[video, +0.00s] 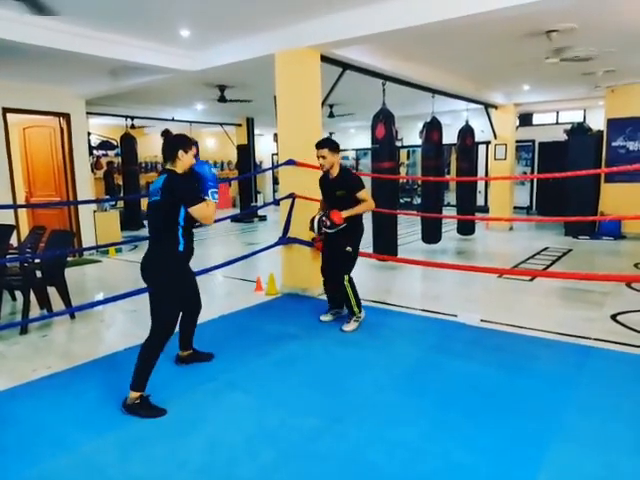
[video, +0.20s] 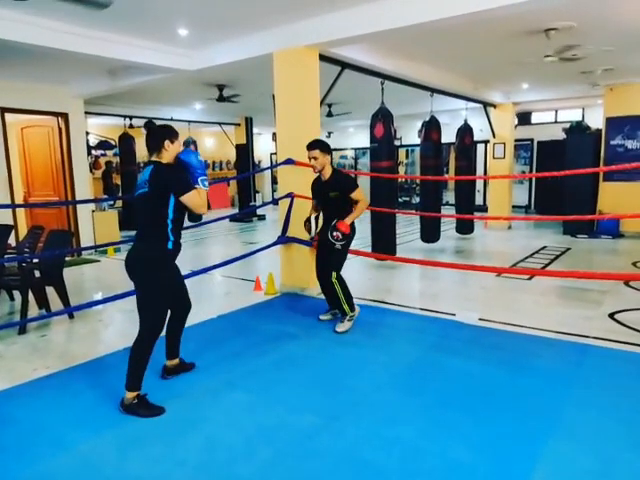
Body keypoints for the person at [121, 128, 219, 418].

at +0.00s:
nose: (194, 161)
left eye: (194, 156)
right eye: (192, 155)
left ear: (172, 155)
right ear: (181, 155)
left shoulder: (161, 181)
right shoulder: (180, 182)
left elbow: (195, 215)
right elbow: (207, 216)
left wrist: (202, 204)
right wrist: (207, 191)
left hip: (169, 261)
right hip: (166, 265)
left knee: (192, 306)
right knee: (163, 328)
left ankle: (185, 351)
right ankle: (135, 396)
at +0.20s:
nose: (181, 148)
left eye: (180, 144)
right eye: (178, 144)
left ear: (157, 146)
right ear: (167, 145)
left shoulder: (149, 172)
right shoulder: (171, 172)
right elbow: (200, 206)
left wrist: (193, 184)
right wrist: (200, 180)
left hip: (146, 256)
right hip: (153, 260)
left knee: (181, 305)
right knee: (152, 327)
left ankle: (172, 362)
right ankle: (131, 396)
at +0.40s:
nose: (178, 149)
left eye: (177, 144)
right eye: (175, 144)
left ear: (154, 147)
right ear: (164, 147)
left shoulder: (144, 174)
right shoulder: (164, 177)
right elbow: (190, 214)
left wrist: (188, 204)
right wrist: (193, 193)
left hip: (153, 257)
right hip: (153, 261)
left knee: (183, 307)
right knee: (163, 327)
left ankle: (167, 365)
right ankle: (132, 393)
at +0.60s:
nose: (179, 148)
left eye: (178, 143)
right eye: (177, 143)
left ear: (154, 145)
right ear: (165, 144)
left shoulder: (143, 171)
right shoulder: (163, 175)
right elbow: (194, 210)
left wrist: (186, 195)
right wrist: (193, 183)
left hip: (149, 256)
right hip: (153, 261)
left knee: (183, 307)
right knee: (173, 324)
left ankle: (169, 364)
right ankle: (145, 397)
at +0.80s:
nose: (181, 148)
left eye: (180, 143)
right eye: (178, 144)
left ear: (159, 148)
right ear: (164, 147)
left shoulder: (154, 175)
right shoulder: (154, 180)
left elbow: (185, 213)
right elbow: (189, 219)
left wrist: (190, 186)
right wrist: (195, 186)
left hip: (159, 262)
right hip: (148, 267)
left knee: (194, 302)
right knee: (172, 334)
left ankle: (180, 356)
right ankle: (143, 403)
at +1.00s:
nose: (183, 148)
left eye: (182, 142)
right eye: (180, 142)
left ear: (164, 148)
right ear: (167, 147)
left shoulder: (172, 176)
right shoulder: (152, 181)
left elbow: (185, 211)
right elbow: (182, 221)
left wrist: (200, 178)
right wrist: (193, 187)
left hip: (175, 259)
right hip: (154, 264)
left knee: (209, 298)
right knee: (171, 331)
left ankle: (192, 350)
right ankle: (142, 401)